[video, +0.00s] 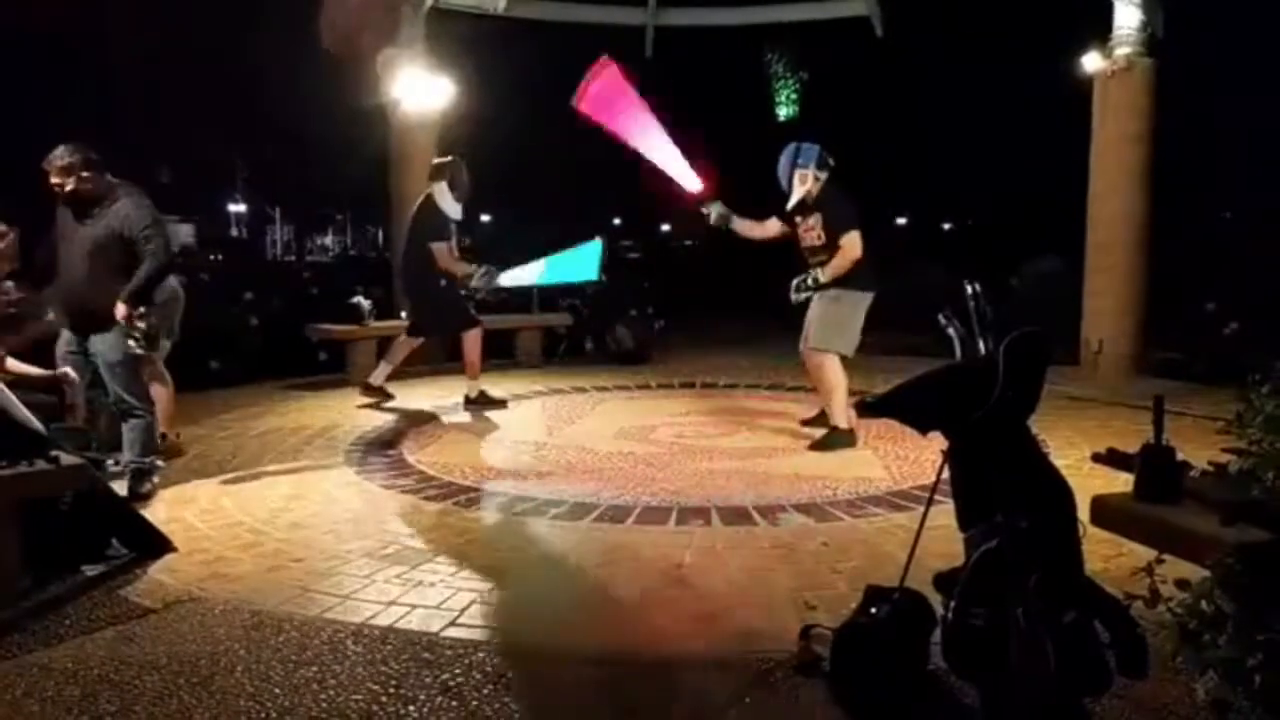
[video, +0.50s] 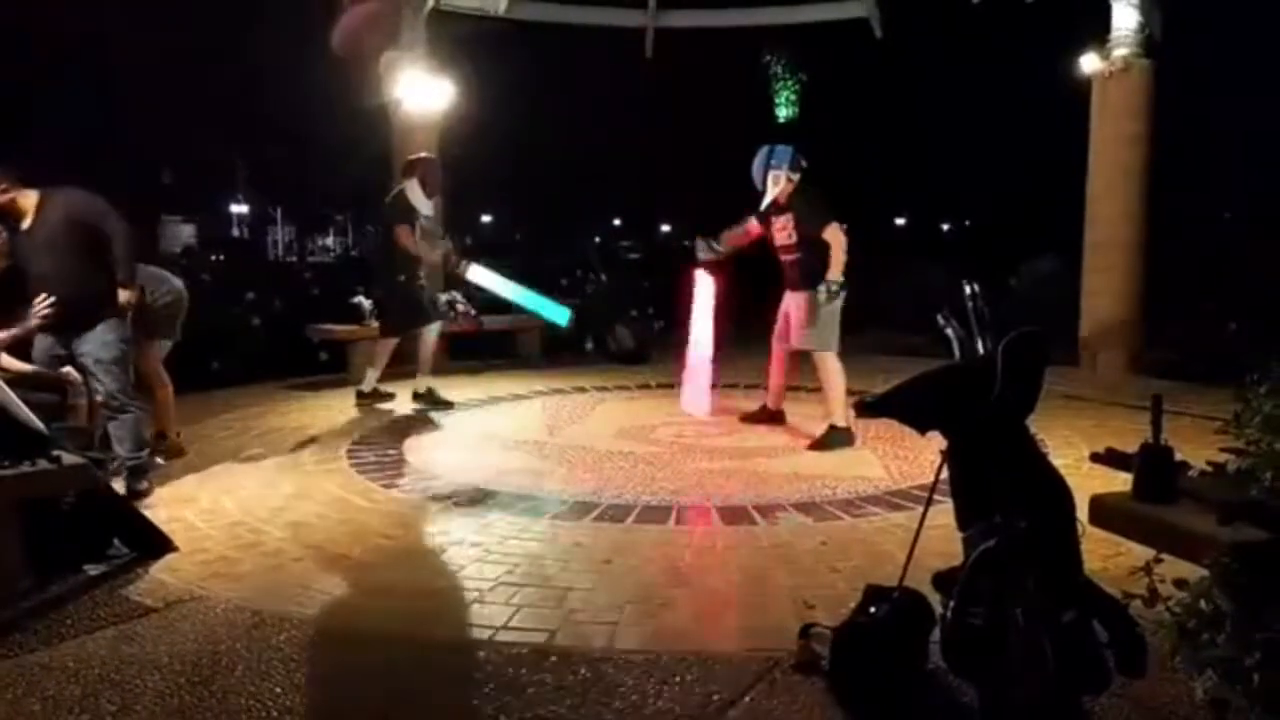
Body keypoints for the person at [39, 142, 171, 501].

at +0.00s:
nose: (56, 190)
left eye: (61, 183)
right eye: (54, 183)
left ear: (85, 176)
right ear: (74, 179)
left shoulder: (128, 206)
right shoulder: (67, 209)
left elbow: (159, 254)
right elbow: (68, 262)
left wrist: (127, 299)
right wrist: (61, 304)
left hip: (114, 324)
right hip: (75, 324)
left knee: (131, 405)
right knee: (76, 401)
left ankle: (139, 470)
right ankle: (86, 465)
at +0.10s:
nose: (55, 189)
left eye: (60, 182)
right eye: (52, 183)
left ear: (84, 175)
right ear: (61, 180)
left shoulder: (126, 207)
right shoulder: (63, 212)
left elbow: (156, 257)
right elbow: (63, 264)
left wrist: (128, 301)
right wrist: (58, 304)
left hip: (112, 323)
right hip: (73, 323)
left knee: (129, 403)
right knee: (72, 398)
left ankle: (140, 468)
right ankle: (85, 461)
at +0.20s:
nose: (39, 192)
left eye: (44, 183)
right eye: (37, 185)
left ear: (69, 177)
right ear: (57, 181)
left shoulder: (115, 206)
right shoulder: (48, 216)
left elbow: (145, 255)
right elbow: (49, 267)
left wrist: (127, 305)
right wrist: (54, 312)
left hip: (107, 326)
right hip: (66, 328)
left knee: (126, 402)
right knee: (70, 406)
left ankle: (140, 468)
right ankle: (86, 470)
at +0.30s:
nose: (27, 196)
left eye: (30, 187)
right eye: (24, 189)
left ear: (53, 177)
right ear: (40, 182)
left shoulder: (105, 206)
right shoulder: (39, 218)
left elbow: (139, 250)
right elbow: (32, 272)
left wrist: (130, 302)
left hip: (103, 324)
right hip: (60, 328)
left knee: (123, 400)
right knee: (59, 402)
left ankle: (141, 466)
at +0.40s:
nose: (5, 203)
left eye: (7, 194)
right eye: (2, 196)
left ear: (28, 184)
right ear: (21, 189)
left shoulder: (88, 204)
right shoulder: (25, 230)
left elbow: (129, 238)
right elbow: (23, 282)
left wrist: (129, 292)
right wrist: (26, 315)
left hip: (100, 321)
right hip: (54, 327)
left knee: (117, 398)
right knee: (49, 403)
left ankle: (138, 468)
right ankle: (58, 475)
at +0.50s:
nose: (2, 211)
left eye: (1, 203)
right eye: (1, 205)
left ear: (9, 192)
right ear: (7, 194)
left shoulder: (68, 204)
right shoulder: (15, 237)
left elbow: (119, 230)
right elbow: (23, 285)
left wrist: (125, 283)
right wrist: (28, 322)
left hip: (98, 320)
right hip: (50, 329)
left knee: (114, 396)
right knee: (44, 401)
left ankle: (134, 471)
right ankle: (55, 477)